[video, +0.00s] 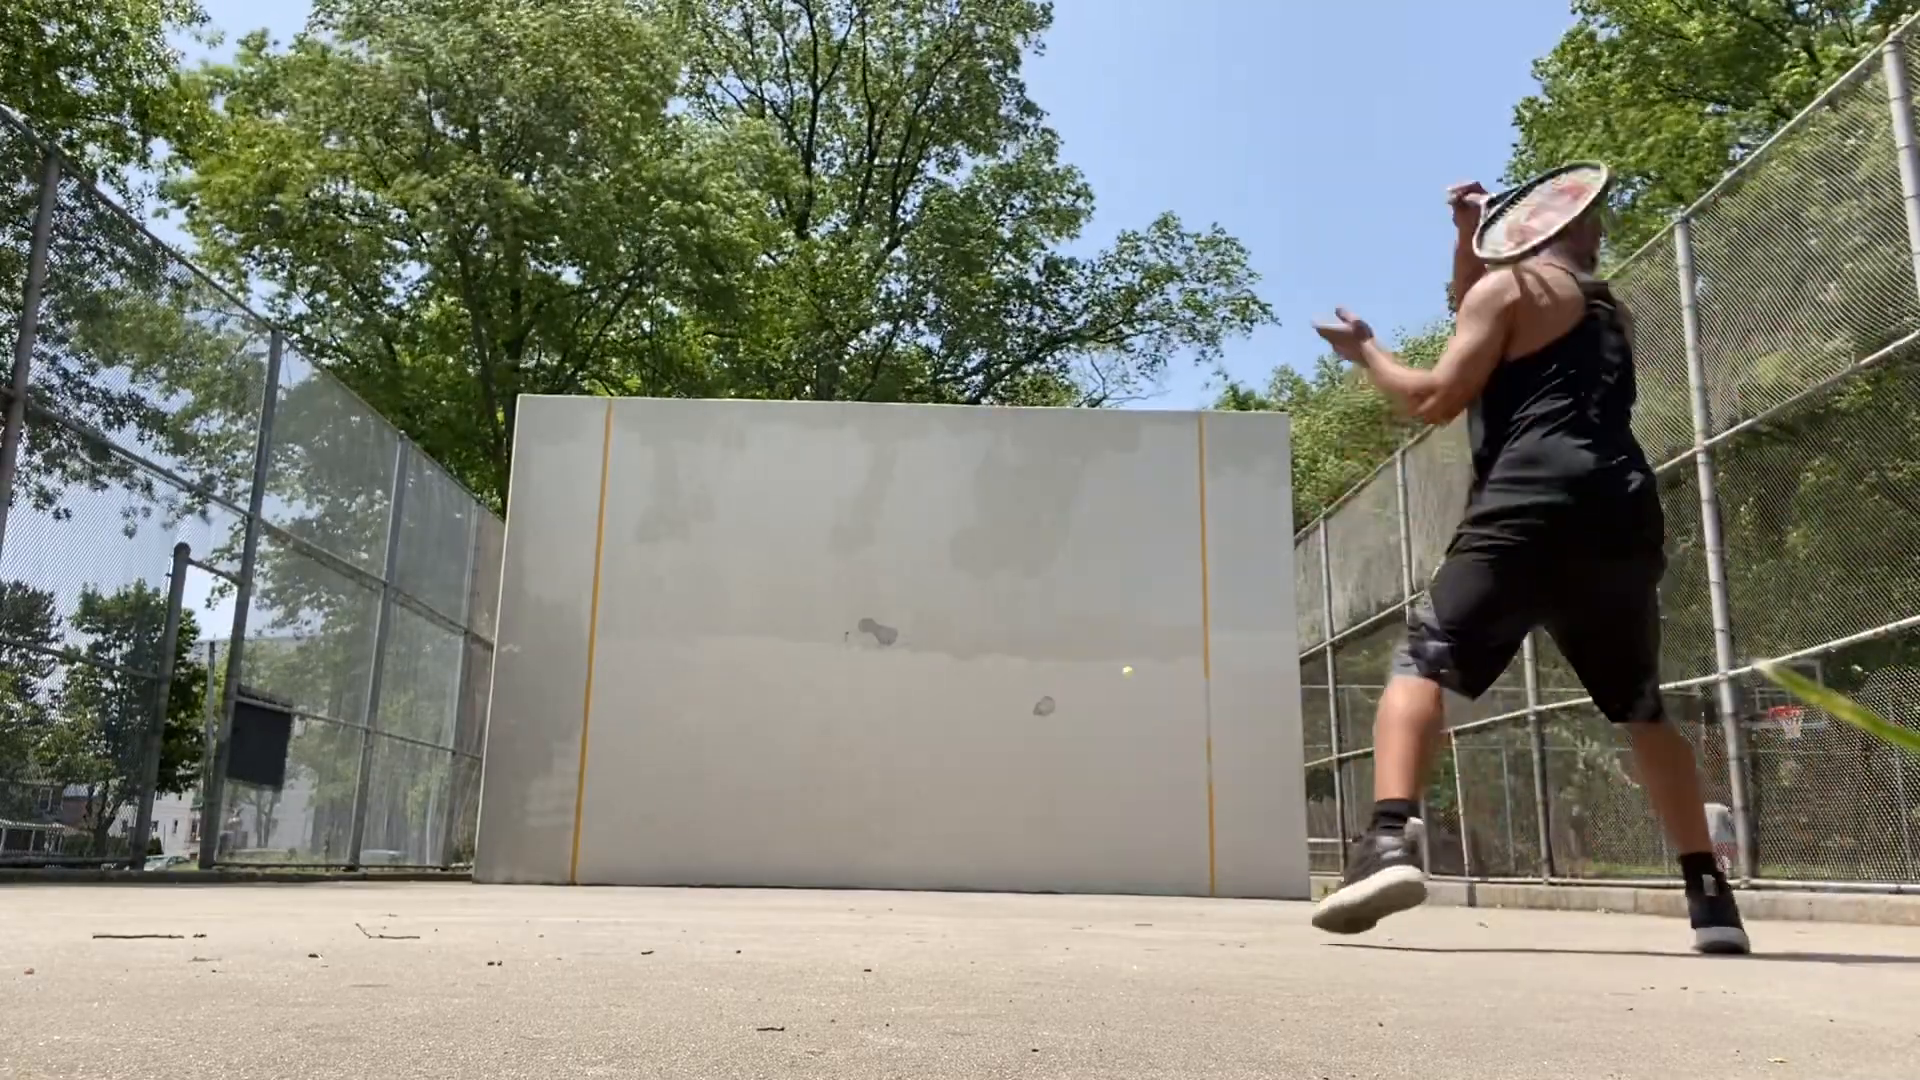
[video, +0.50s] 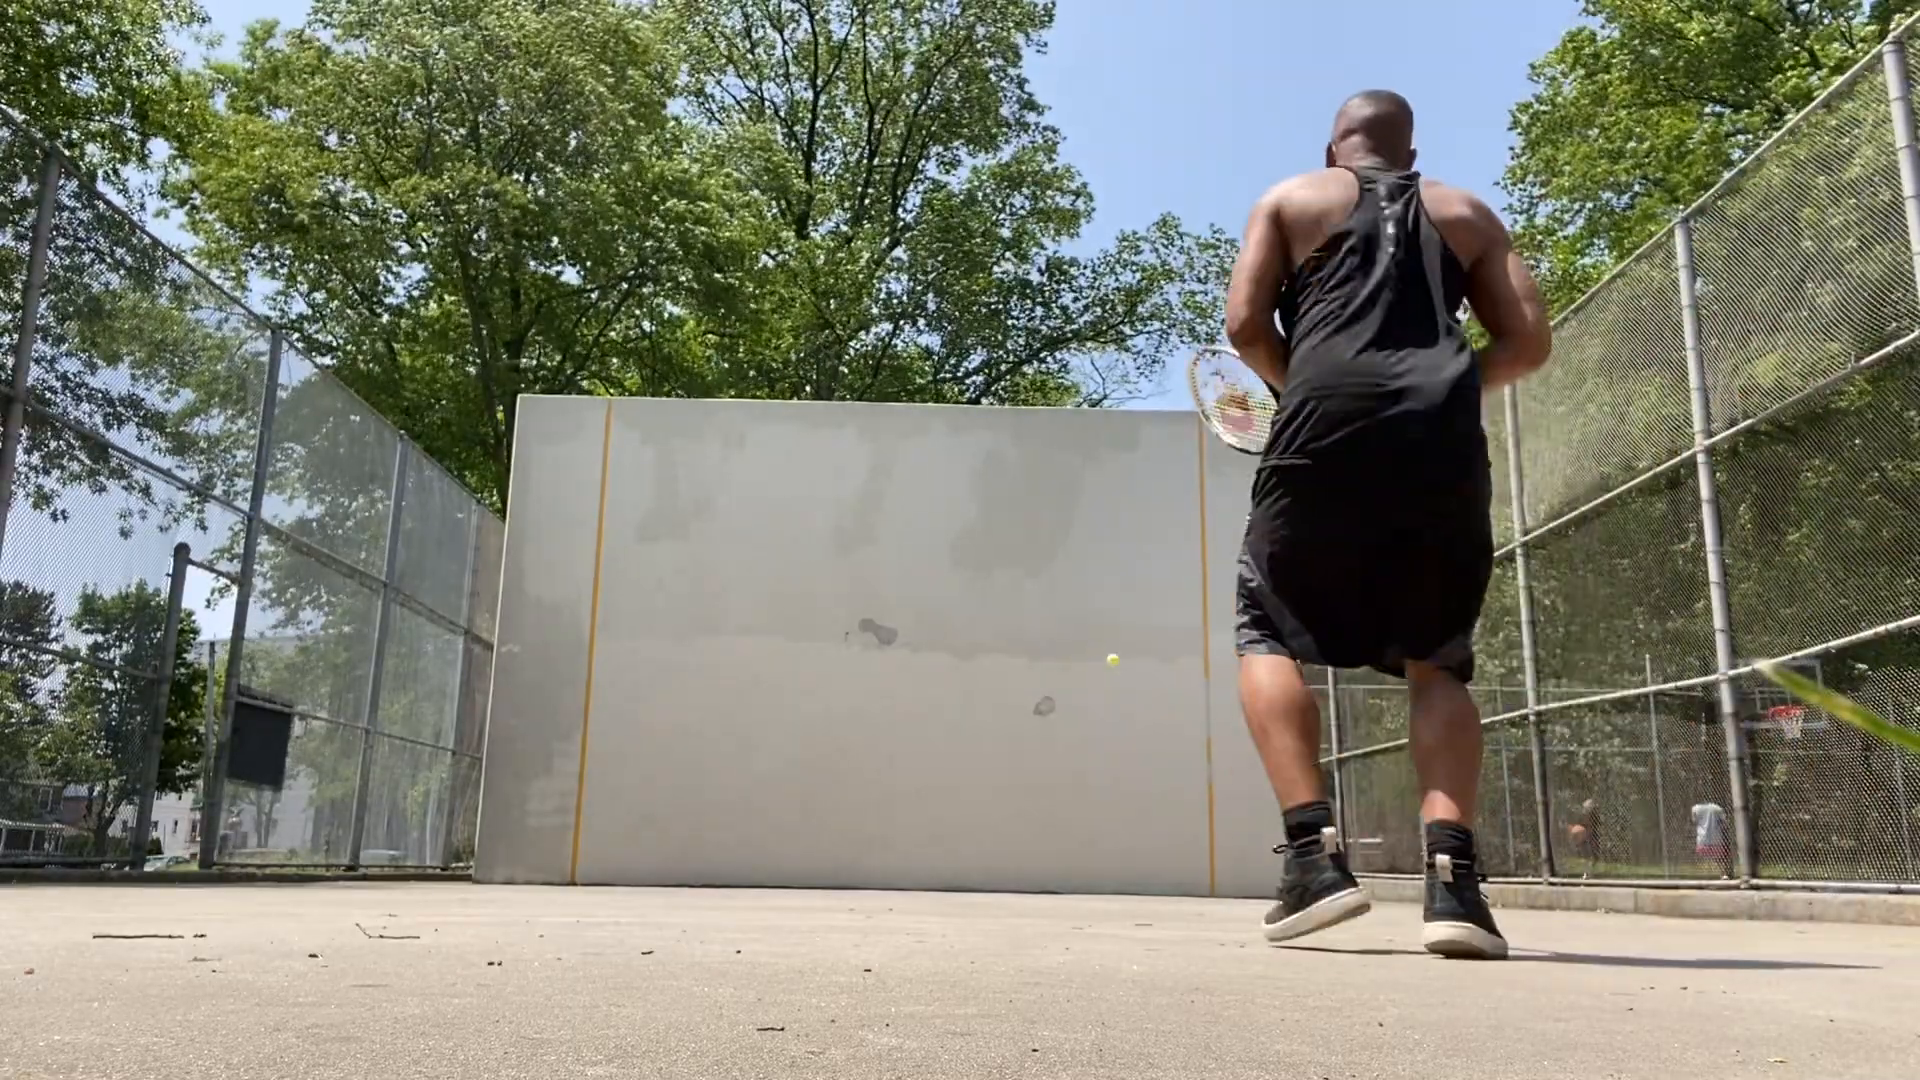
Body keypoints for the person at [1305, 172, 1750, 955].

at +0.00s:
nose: (1601, 229)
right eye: (1591, 219)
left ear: (1524, 235)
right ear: (1571, 234)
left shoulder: (1505, 289)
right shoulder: (1606, 305)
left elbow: (1435, 401)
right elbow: (1481, 313)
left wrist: (1363, 348)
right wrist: (1470, 236)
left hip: (1530, 490)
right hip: (1625, 500)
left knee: (1425, 664)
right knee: (1640, 706)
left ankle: (1389, 844)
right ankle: (1710, 899)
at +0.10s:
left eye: (1476, 240)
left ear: (1481, 244)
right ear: (1548, 254)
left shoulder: (1472, 303)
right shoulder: (1569, 316)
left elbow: (1390, 412)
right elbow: (1440, 369)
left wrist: (1353, 325)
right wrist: (1412, 278)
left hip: (1525, 503)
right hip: (1614, 511)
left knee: (1401, 683)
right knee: (1629, 714)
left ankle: (1391, 873)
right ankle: (1711, 902)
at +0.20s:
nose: (1420, 231)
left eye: (1421, 221)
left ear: (1420, 226)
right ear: (1494, 233)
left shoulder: (1407, 274)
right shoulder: (1518, 291)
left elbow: (1339, 396)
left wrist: (1322, 326)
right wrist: (1363, 322)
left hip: (1479, 494)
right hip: (1575, 497)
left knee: (1374, 677)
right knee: (1609, 705)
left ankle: (1397, 886)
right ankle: (1699, 894)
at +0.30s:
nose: (1387, 196)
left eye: (1384, 184)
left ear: (1382, 186)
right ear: (1458, 194)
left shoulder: (1352, 239)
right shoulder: (1505, 258)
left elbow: (1299, 367)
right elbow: (1483, 346)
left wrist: (1371, 367)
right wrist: (1351, 361)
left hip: (1423, 466)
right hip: (1533, 466)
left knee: (1357, 666)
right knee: (1555, 679)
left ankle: (1397, 885)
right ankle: (1636, 889)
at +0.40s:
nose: (1363, 154)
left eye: (1359, 146)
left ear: (1354, 153)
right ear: (1433, 157)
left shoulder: (1321, 197)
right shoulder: (1486, 217)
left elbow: (1274, 317)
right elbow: (1520, 359)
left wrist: (1311, 383)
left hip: (1370, 429)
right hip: (1484, 436)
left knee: (1344, 651)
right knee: (1486, 649)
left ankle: (1381, 881)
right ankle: (1516, 846)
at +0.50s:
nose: (1337, 147)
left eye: (1337, 138)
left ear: (1333, 146)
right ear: (1414, 154)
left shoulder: (1288, 200)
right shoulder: (1465, 210)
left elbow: (1244, 323)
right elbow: (1527, 343)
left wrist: (1308, 389)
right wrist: (1444, 383)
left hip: (1325, 431)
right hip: (1442, 438)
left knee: (1270, 633)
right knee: (1440, 661)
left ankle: (1313, 856)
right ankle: (1451, 880)